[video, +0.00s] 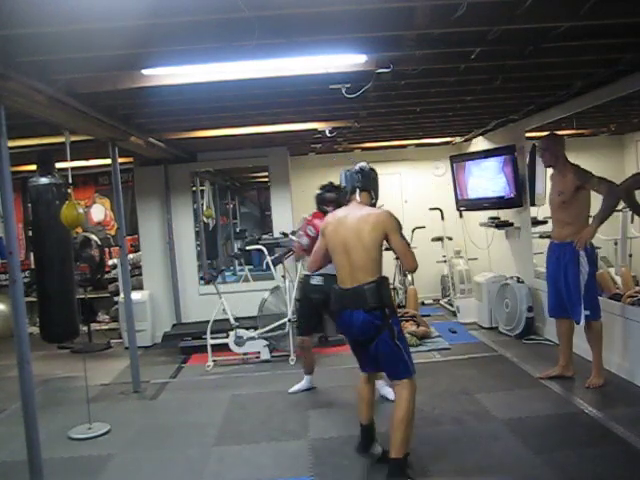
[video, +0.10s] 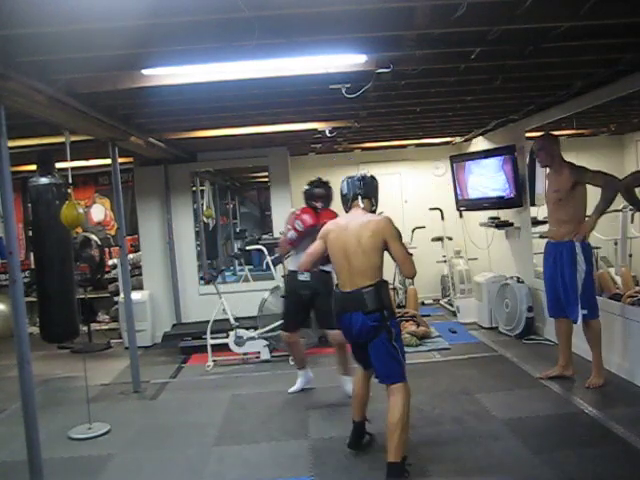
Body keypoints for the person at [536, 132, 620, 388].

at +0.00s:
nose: (542, 156)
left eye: (546, 151)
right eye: (541, 151)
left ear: (559, 151)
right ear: (547, 153)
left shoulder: (577, 174)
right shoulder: (555, 175)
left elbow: (614, 192)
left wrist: (592, 227)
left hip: (578, 250)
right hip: (556, 250)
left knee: (588, 313)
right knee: (560, 310)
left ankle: (597, 370)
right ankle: (564, 365)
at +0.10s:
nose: (538, 157)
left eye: (541, 151)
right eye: (536, 153)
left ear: (555, 149)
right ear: (541, 154)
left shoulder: (574, 172)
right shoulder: (550, 175)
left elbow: (612, 184)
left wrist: (592, 220)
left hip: (576, 249)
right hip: (553, 249)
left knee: (587, 311)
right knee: (559, 309)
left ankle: (598, 370)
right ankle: (564, 365)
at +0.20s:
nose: (531, 157)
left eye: (534, 152)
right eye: (531, 153)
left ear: (549, 150)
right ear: (539, 153)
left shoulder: (569, 171)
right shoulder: (547, 175)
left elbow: (609, 183)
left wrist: (587, 218)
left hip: (571, 249)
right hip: (550, 249)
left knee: (583, 311)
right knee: (557, 309)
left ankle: (598, 368)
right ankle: (564, 364)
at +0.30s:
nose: (525, 157)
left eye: (528, 151)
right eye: (524, 153)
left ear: (543, 150)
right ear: (533, 154)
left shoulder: (565, 173)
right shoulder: (540, 177)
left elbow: (603, 187)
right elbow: (552, 206)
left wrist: (581, 221)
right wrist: (546, 230)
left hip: (567, 249)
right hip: (546, 249)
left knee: (579, 310)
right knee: (556, 309)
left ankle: (597, 367)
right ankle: (564, 365)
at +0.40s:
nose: (520, 160)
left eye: (523, 155)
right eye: (518, 156)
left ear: (539, 152)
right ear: (522, 158)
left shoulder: (559, 174)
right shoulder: (534, 178)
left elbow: (598, 189)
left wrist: (575, 225)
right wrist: (541, 231)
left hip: (562, 249)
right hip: (542, 250)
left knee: (570, 312)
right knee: (554, 311)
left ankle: (595, 363)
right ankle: (564, 365)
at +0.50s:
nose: (518, 160)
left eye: (522, 155)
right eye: (516, 157)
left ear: (537, 153)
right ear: (519, 159)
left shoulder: (556, 176)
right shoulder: (531, 180)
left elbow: (593, 191)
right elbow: (541, 207)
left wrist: (572, 225)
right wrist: (537, 226)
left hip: (559, 248)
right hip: (538, 249)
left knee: (562, 313)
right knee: (551, 311)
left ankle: (590, 357)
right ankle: (564, 365)